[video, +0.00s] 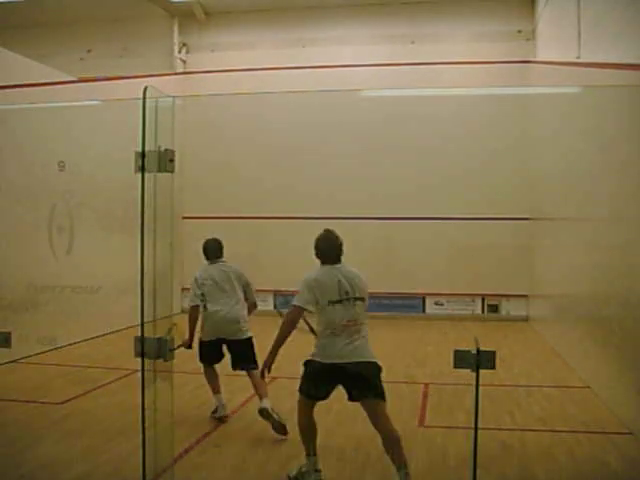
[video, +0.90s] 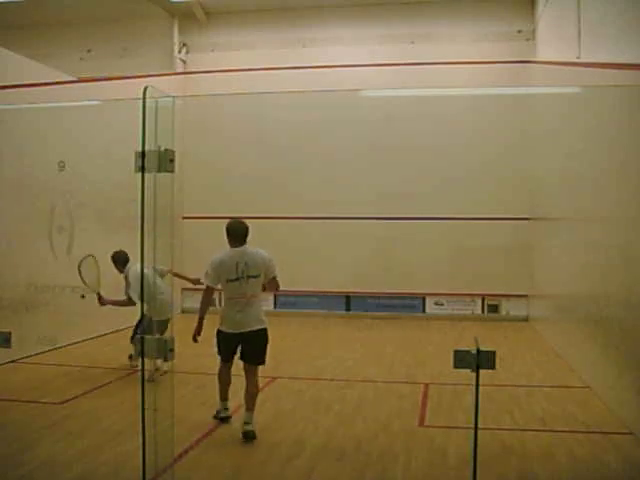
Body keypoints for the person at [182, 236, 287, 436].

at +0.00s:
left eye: (207, 253)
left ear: (205, 255)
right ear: (223, 253)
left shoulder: (201, 276)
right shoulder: (236, 272)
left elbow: (194, 308)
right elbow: (253, 304)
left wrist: (190, 337)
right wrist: (237, 317)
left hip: (211, 330)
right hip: (238, 328)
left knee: (208, 363)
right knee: (252, 369)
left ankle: (220, 406)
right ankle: (265, 404)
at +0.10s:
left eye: (190, 249)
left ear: (190, 251)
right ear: (207, 248)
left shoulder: (188, 273)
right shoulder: (223, 266)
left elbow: (184, 307)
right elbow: (246, 291)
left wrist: (180, 333)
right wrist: (249, 315)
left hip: (207, 325)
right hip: (231, 322)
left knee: (208, 366)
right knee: (236, 360)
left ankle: (221, 406)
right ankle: (246, 387)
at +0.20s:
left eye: (180, 241)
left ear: (179, 242)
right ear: (196, 237)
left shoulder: (181, 262)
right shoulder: (211, 253)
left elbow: (175, 295)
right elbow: (238, 274)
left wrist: (166, 321)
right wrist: (249, 293)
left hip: (199, 314)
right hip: (218, 310)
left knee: (205, 355)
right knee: (216, 347)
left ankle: (216, 390)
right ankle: (220, 386)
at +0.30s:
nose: (172, 239)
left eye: (171, 236)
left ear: (172, 237)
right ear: (187, 234)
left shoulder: (173, 256)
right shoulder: (202, 249)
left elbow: (165, 290)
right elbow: (228, 264)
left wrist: (151, 313)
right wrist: (241, 281)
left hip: (190, 309)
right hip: (209, 306)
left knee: (190, 346)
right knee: (203, 343)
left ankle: (203, 376)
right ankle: (203, 381)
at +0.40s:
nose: (161, 240)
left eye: (160, 237)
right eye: (162, 236)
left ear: (161, 237)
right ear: (175, 232)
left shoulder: (167, 255)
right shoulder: (190, 247)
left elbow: (158, 288)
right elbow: (214, 259)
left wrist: (136, 306)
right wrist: (223, 273)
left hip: (183, 305)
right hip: (201, 303)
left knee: (175, 344)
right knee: (195, 342)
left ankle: (188, 378)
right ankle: (200, 381)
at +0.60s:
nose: (138, 252)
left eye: (137, 248)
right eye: (137, 248)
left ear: (141, 247)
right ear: (151, 242)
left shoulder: (150, 259)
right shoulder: (168, 252)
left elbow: (147, 290)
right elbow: (189, 265)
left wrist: (119, 300)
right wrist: (194, 274)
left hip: (169, 306)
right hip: (185, 302)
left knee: (152, 333)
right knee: (174, 334)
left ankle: (159, 370)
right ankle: (185, 359)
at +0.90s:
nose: (115, 268)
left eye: (115, 265)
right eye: (115, 265)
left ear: (118, 265)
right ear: (127, 259)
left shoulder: (132, 274)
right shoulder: (141, 267)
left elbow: (131, 301)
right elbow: (169, 272)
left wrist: (107, 302)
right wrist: (191, 280)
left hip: (156, 313)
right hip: (166, 308)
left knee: (139, 338)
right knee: (156, 337)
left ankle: (156, 366)